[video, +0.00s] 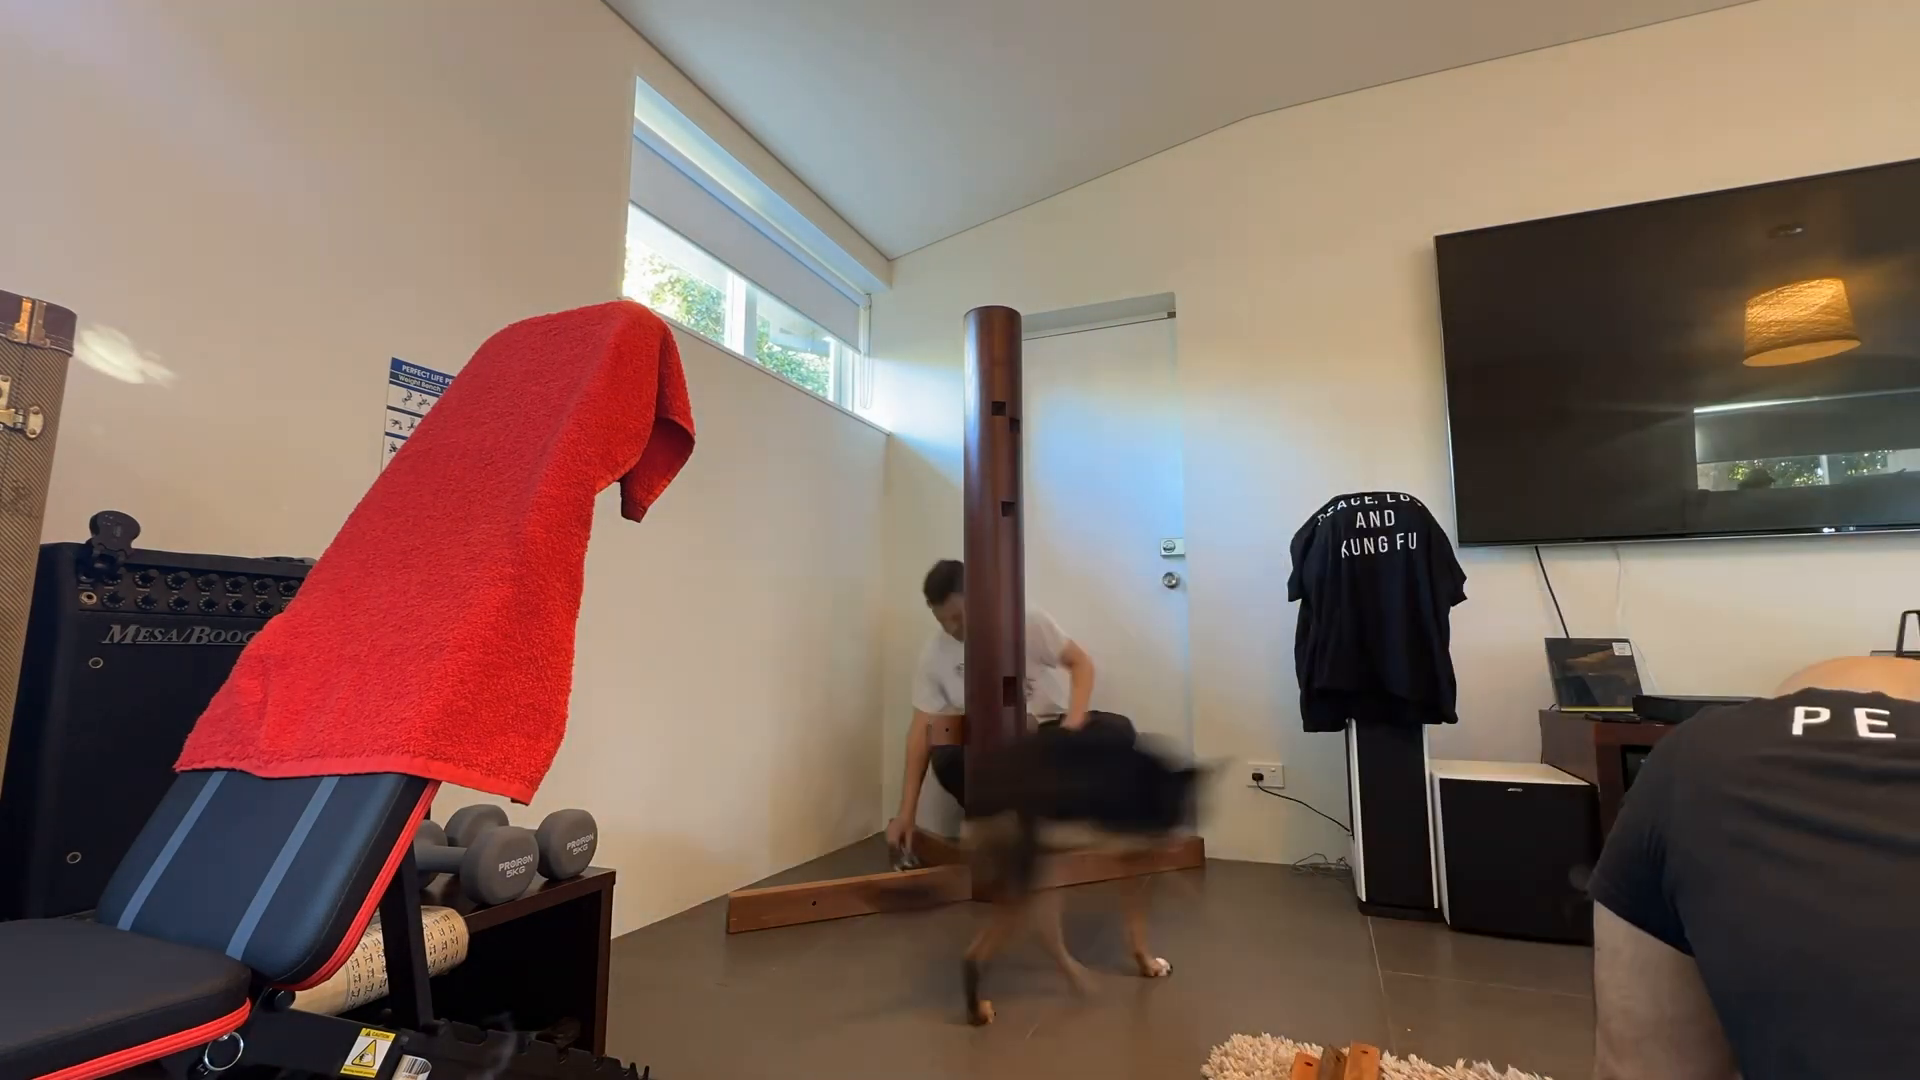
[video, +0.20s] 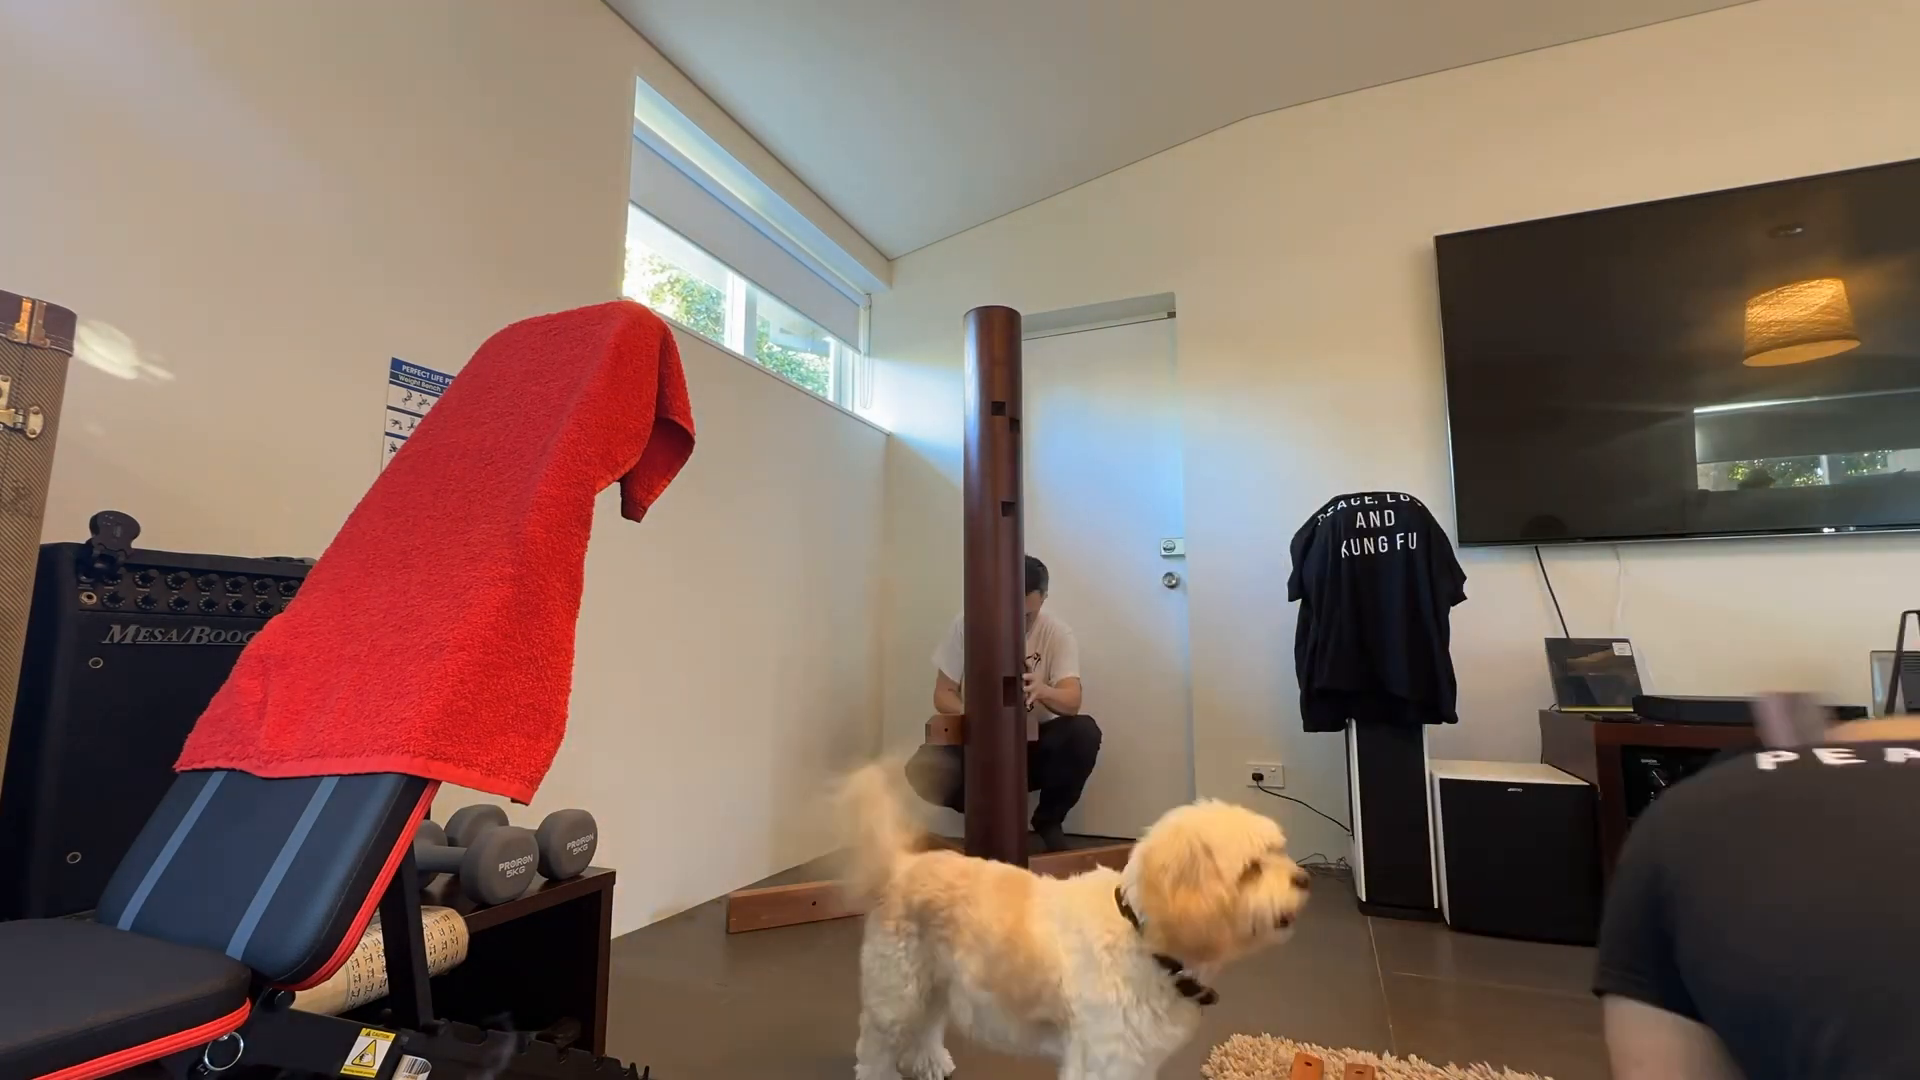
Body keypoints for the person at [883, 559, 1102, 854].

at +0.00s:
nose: (952, 628)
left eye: (958, 617)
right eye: (943, 621)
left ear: (977, 604)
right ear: (935, 616)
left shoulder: (1027, 624)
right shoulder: (939, 654)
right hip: (990, 742)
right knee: (947, 759)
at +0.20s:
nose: (1021, 622)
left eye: (1029, 614)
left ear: (1042, 600)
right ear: (996, 603)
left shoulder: (1056, 635)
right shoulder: (968, 626)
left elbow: (1072, 703)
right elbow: (942, 696)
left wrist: (1043, 691)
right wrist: (980, 711)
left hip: (1033, 748)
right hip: (980, 748)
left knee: (1083, 732)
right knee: (925, 768)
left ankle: (1049, 821)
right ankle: (993, 813)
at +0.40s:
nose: (1020, 621)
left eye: (1028, 613)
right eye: (1013, 613)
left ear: (1040, 602)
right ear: (994, 602)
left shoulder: (1054, 634)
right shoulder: (965, 627)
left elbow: (1072, 703)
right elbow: (947, 698)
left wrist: (1043, 691)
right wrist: (987, 707)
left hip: (1033, 748)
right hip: (980, 748)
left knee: (1083, 732)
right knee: (924, 767)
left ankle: (1049, 819)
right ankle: (995, 814)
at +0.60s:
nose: (1019, 622)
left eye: (1028, 614)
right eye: (1011, 613)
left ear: (1041, 601)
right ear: (993, 603)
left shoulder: (1054, 632)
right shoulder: (966, 626)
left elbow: (1072, 701)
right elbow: (945, 696)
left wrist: (1042, 691)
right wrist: (976, 715)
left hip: (1036, 734)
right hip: (984, 734)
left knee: (1084, 726)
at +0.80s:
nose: (996, 594)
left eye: (1005, 584)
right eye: (989, 584)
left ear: (1021, 589)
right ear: (977, 588)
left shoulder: (1048, 632)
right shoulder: (958, 632)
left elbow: (1073, 702)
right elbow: (923, 695)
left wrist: (1042, 691)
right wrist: (936, 728)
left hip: (1033, 747)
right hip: (977, 747)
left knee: (1084, 728)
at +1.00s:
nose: (996, 590)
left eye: (1005, 580)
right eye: (988, 581)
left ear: (1019, 581)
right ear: (976, 583)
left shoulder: (1047, 632)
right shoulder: (958, 633)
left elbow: (1073, 699)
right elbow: (920, 696)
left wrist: (1043, 690)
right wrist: (932, 721)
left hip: (1035, 750)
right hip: (981, 753)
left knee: (1083, 729)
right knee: (952, 762)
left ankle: (1052, 820)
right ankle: (996, 829)